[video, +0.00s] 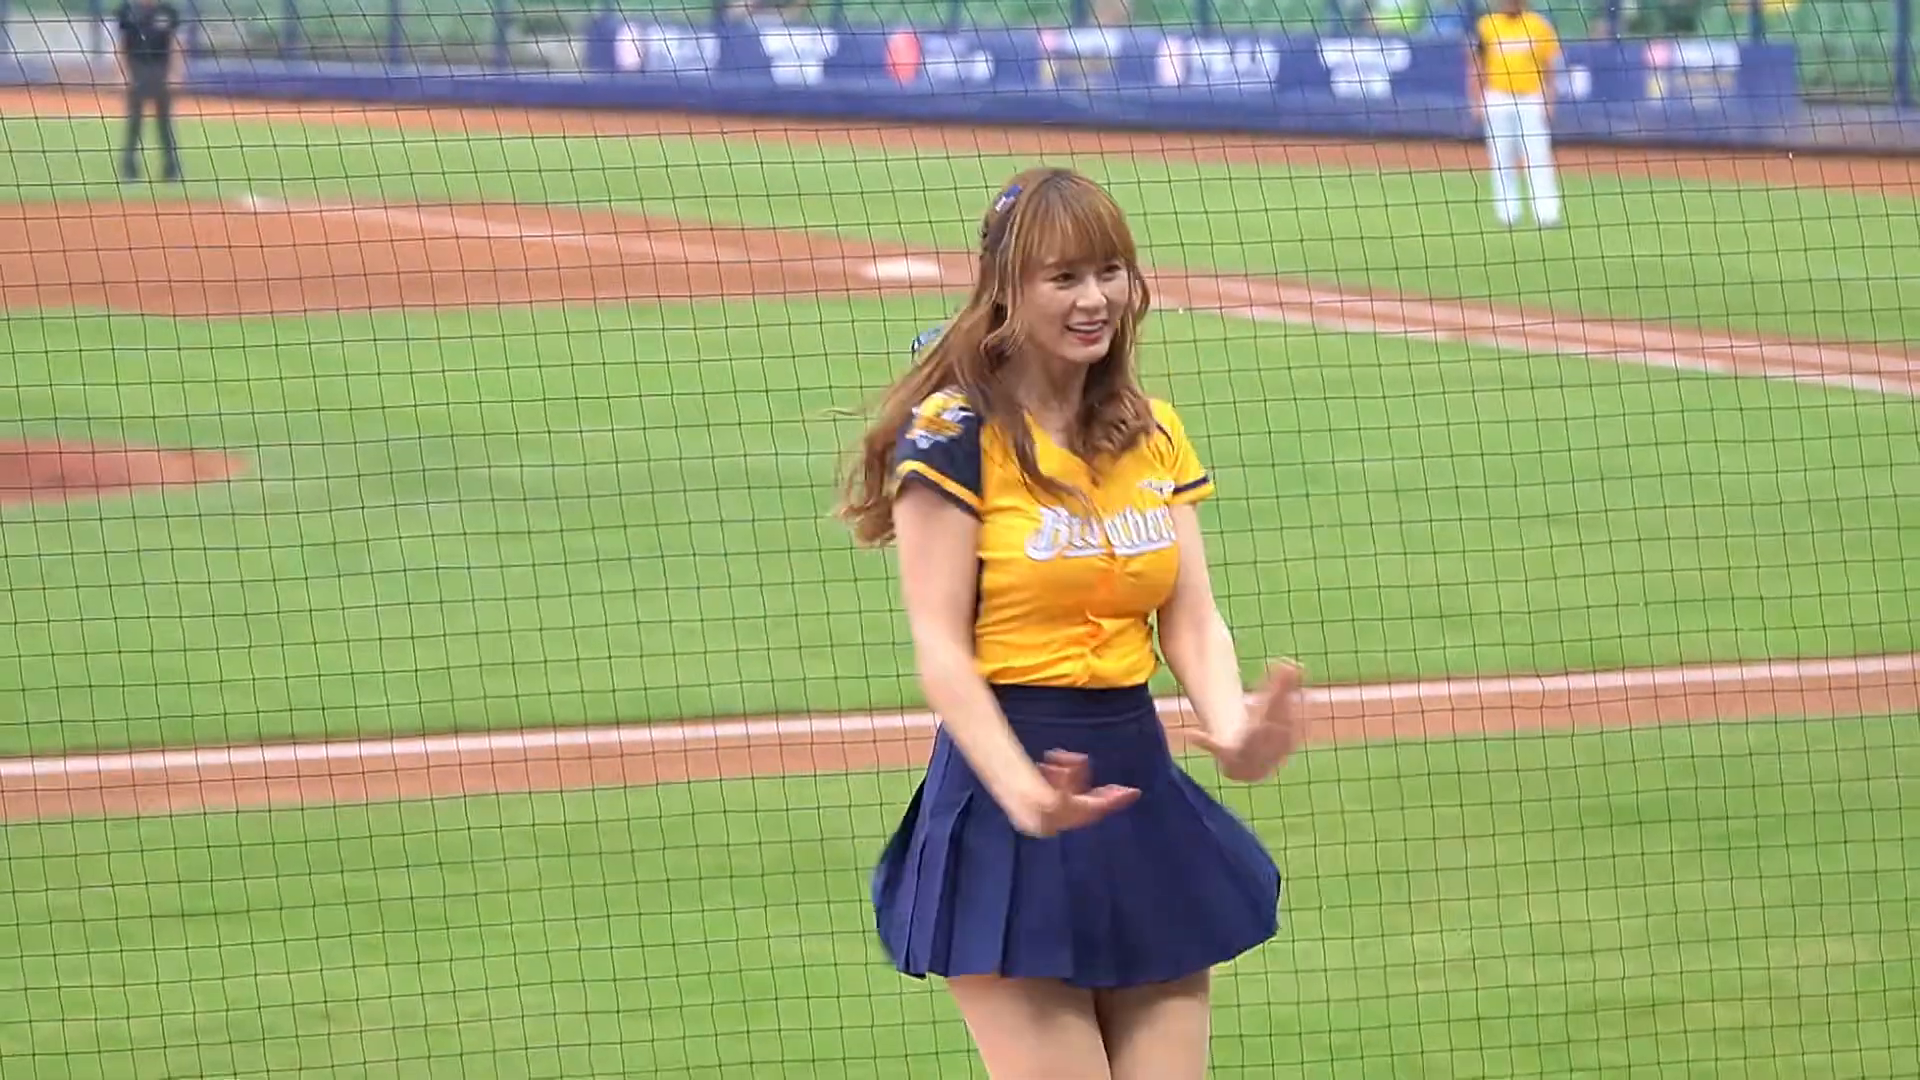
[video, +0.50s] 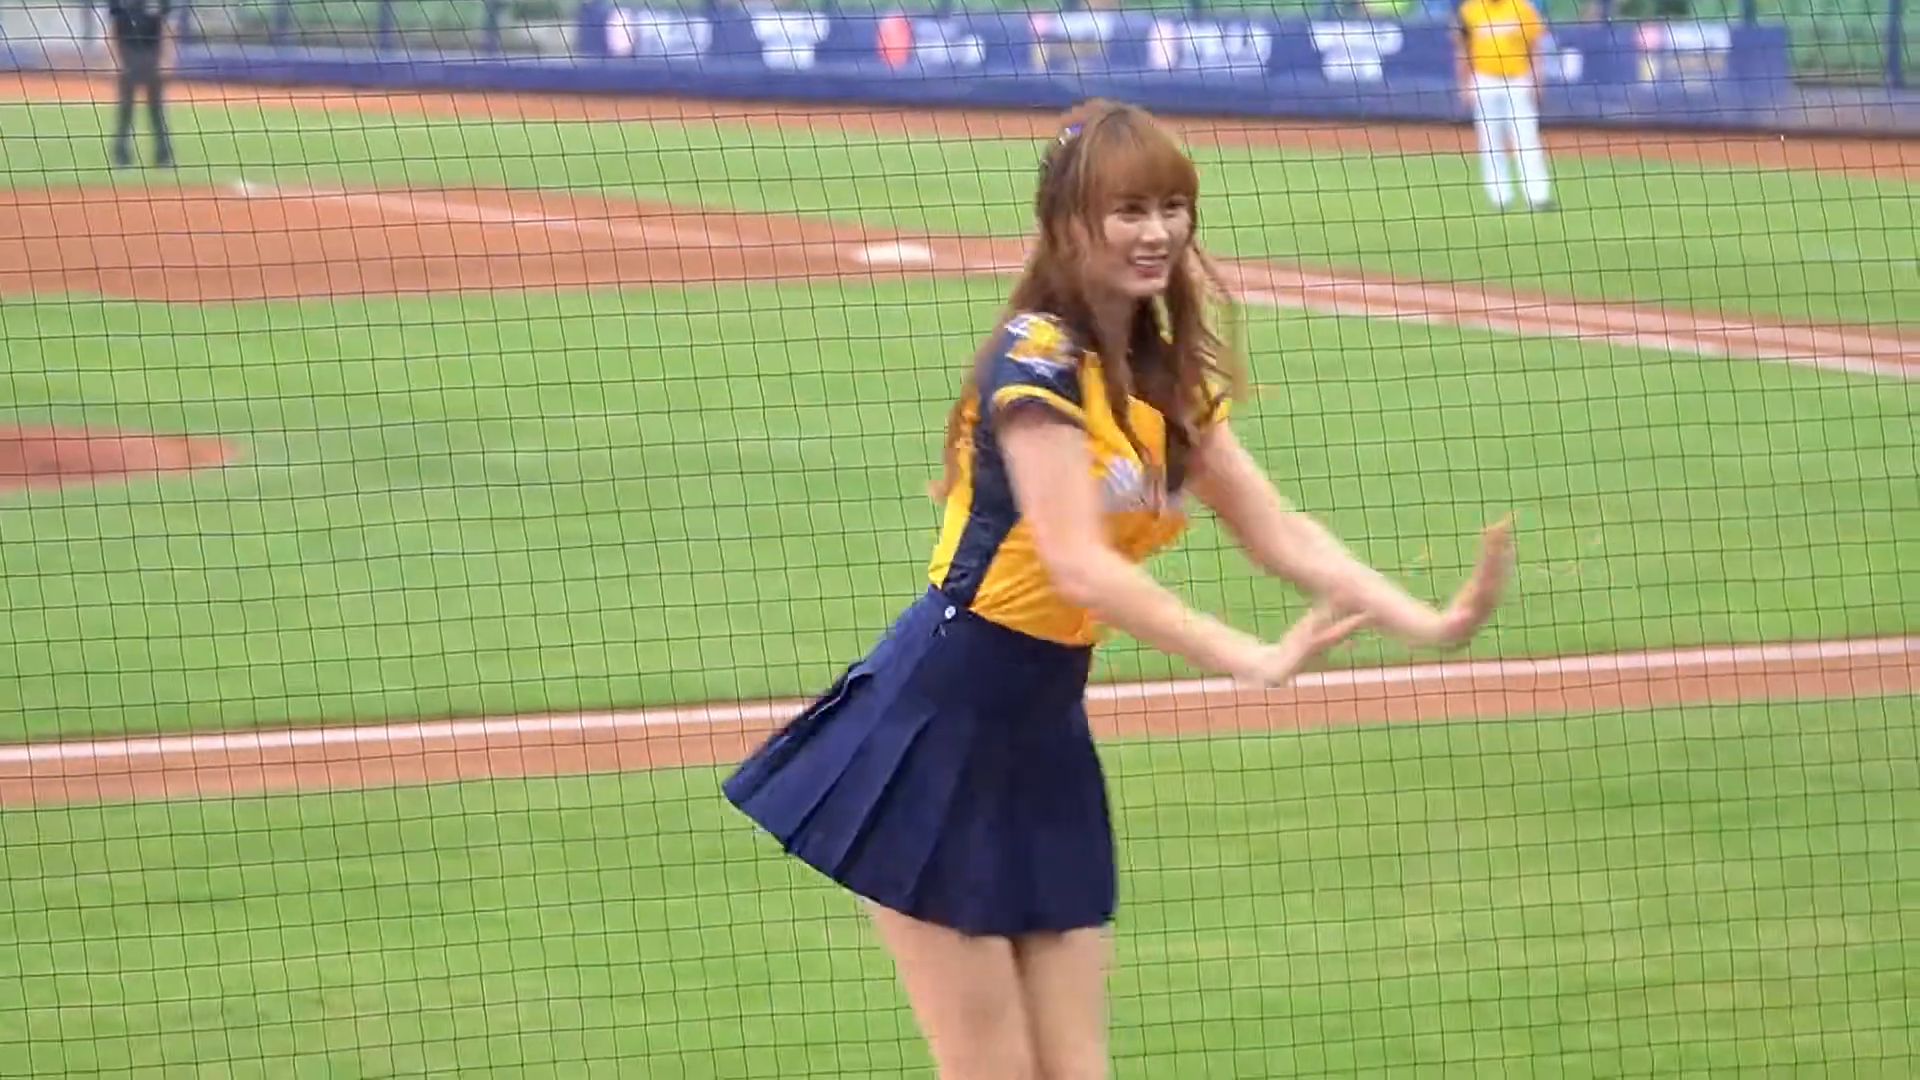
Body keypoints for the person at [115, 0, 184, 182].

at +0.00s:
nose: (147, 1)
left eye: (150, 0)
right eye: (144, 1)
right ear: (138, 0)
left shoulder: (167, 13)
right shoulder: (127, 12)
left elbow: (175, 46)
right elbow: (121, 48)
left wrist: (175, 75)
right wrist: (126, 76)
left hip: (160, 74)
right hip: (136, 74)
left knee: (164, 123)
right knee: (134, 123)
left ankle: (170, 164)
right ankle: (129, 164)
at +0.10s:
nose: (147, 1)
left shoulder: (168, 11)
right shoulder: (128, 10)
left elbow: (175, 44)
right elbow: (122, 46)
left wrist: (175, 72)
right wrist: (127, 73)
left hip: (161, 72)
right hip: (137, 72)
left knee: (165, 121)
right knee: (134, 121)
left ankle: (172, 162)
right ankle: (130, 162)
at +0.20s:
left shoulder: (168, 8)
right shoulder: (129, 8)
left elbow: (176, 40)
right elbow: (126, 42)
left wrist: (176, 69)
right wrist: (129, 71)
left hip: (161, 71)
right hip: (138, 71)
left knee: (166, 118)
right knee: (135, 120)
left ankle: (172, 161)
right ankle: (131, 162)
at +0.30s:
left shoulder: (162, 7)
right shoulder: (122, 9)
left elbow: (171, 37)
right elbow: (116, 40)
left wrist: (170, 67)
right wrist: (121, 68)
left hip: (156, 68)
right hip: (131, 68)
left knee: (159, 115)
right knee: (129, 116)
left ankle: (166, 157)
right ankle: (124, 157)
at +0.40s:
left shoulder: (158, 14)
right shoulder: (120, 12)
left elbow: (170, 36)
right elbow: (113, 40)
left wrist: (169, 65)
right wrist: (119, 67)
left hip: (154, 65)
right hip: (129, 66)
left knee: (158, 113)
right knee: (127, 115)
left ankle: (164, 155)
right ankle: (123, 155)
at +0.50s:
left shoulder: (158, 9)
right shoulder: (119, 9)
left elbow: (168, 33)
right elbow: (112, 36)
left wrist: (167, 62)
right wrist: (118, 64)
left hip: (153, 63)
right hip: (128, 64)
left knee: (156, 110)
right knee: (125, 111)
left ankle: (163, 152)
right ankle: (121, 152)